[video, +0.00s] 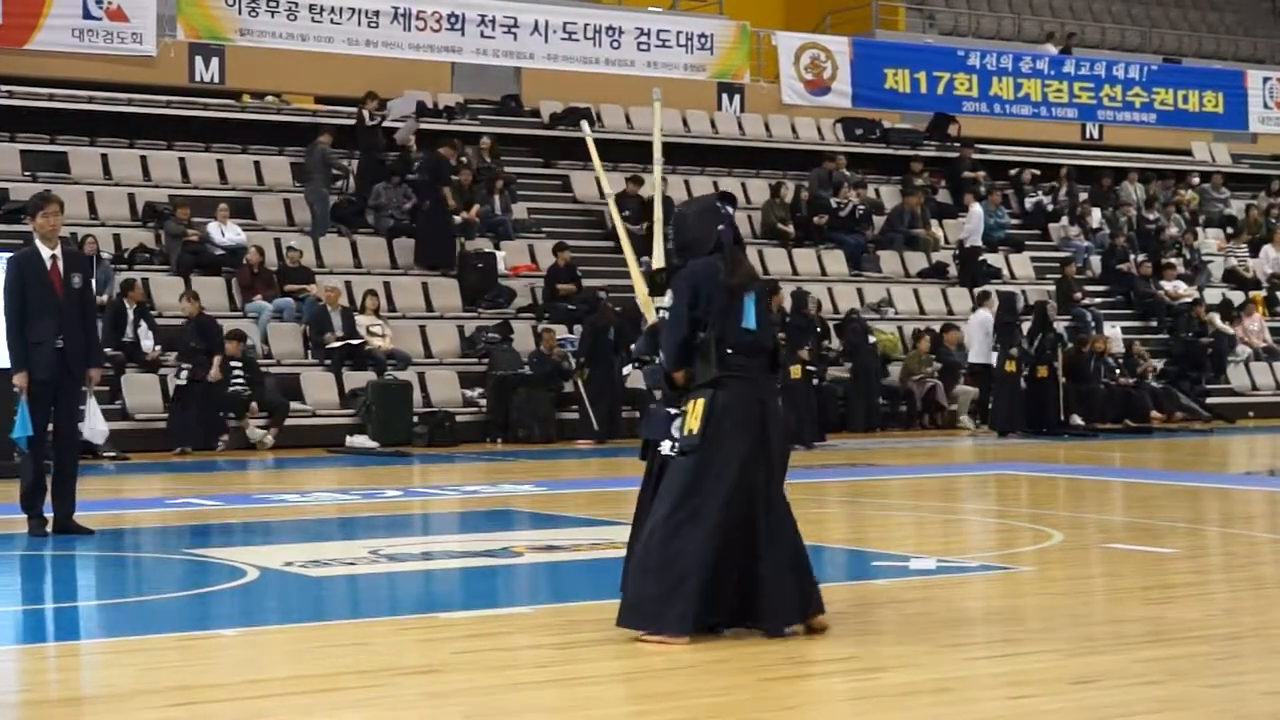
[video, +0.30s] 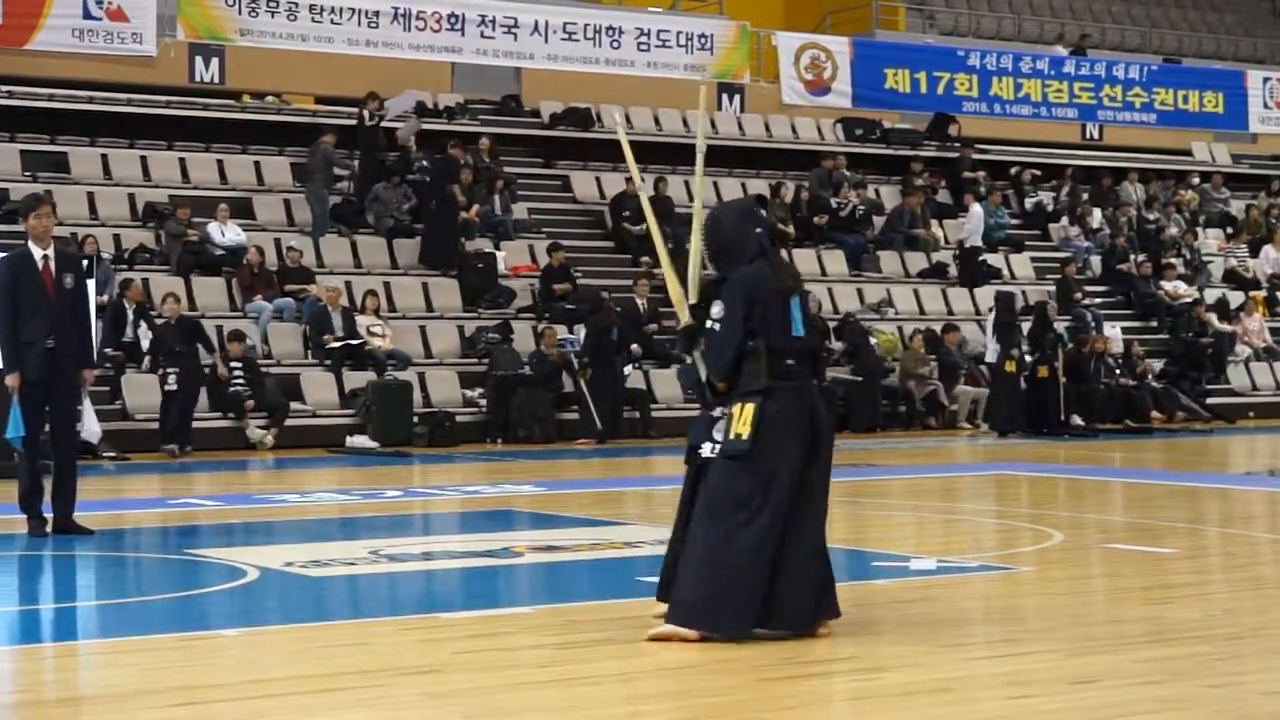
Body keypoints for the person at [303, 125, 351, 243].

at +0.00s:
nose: (329, 142)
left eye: (329, 139)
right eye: (329, 139)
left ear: (319, 137)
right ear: (327, 138)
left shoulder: (310, 149)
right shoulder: (324, 149)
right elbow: (334, 163)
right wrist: (347, 170)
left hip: (309, 188)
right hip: (320, 189)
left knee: (316, 221)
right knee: (323, 221)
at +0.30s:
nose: (333, 141)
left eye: (334, 139)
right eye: (333, 138)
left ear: (322, 137)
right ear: (329, 138)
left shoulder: (314, 148)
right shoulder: (326, 149)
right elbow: (336, 161)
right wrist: (351, 166)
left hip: (311, 188)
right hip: (320, 189)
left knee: (317, 219)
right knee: (323, 219)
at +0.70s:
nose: (339, 142)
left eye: (339, 140)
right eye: (338, 139)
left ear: (328, 137)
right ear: (334, 137)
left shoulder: (319, 148)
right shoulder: (329, 149)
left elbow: (327, 176)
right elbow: (341, 154)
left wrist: (344, 185)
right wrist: (357, 155)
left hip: (316, 189)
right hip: (323, 190)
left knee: (324, 224)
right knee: (324, 224)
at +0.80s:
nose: (340, 144)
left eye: (340, 141)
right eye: (339, 141)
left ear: (329, 139)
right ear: (335, 139)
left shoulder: (323, 151)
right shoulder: (330, 150)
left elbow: (331, 179)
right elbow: (344, 154)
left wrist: (348, 187)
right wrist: (359, 155)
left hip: (317, 191)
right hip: (323, 191)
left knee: (325, 224)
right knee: (324, 225)